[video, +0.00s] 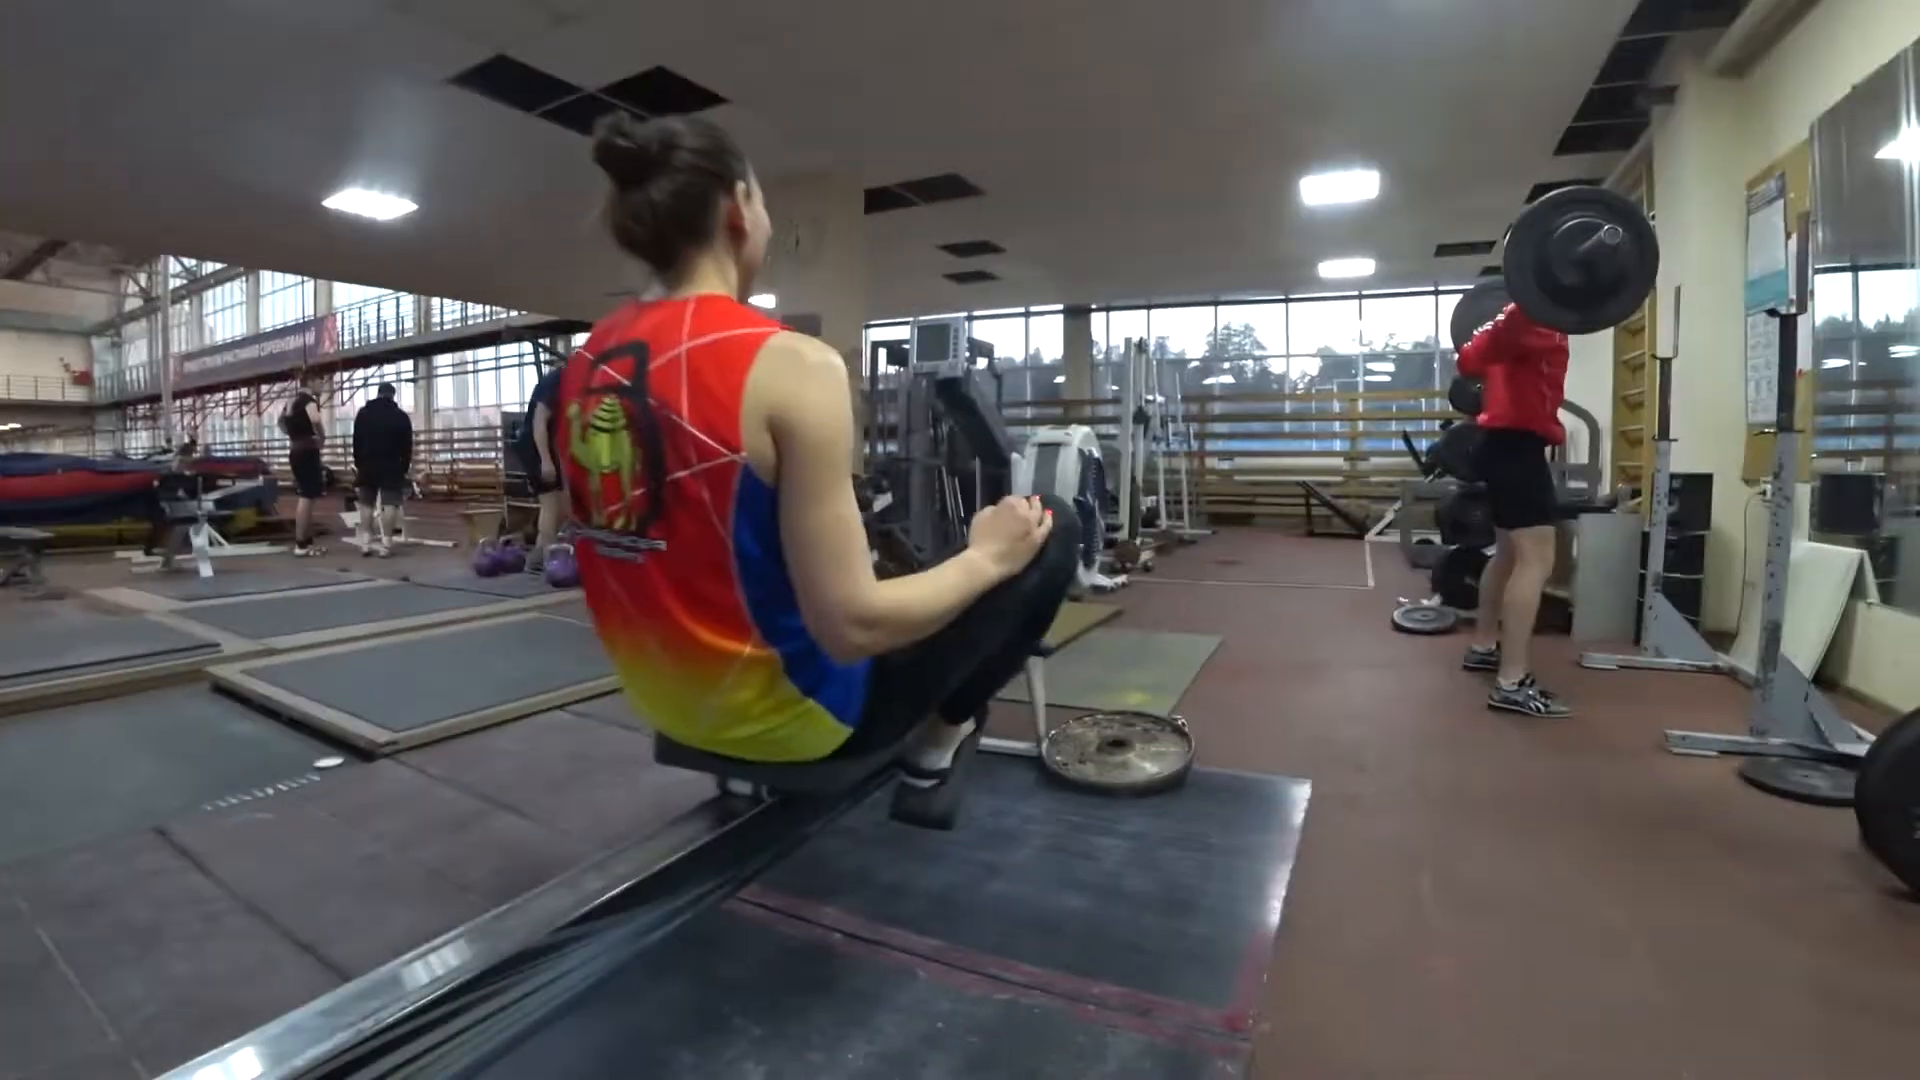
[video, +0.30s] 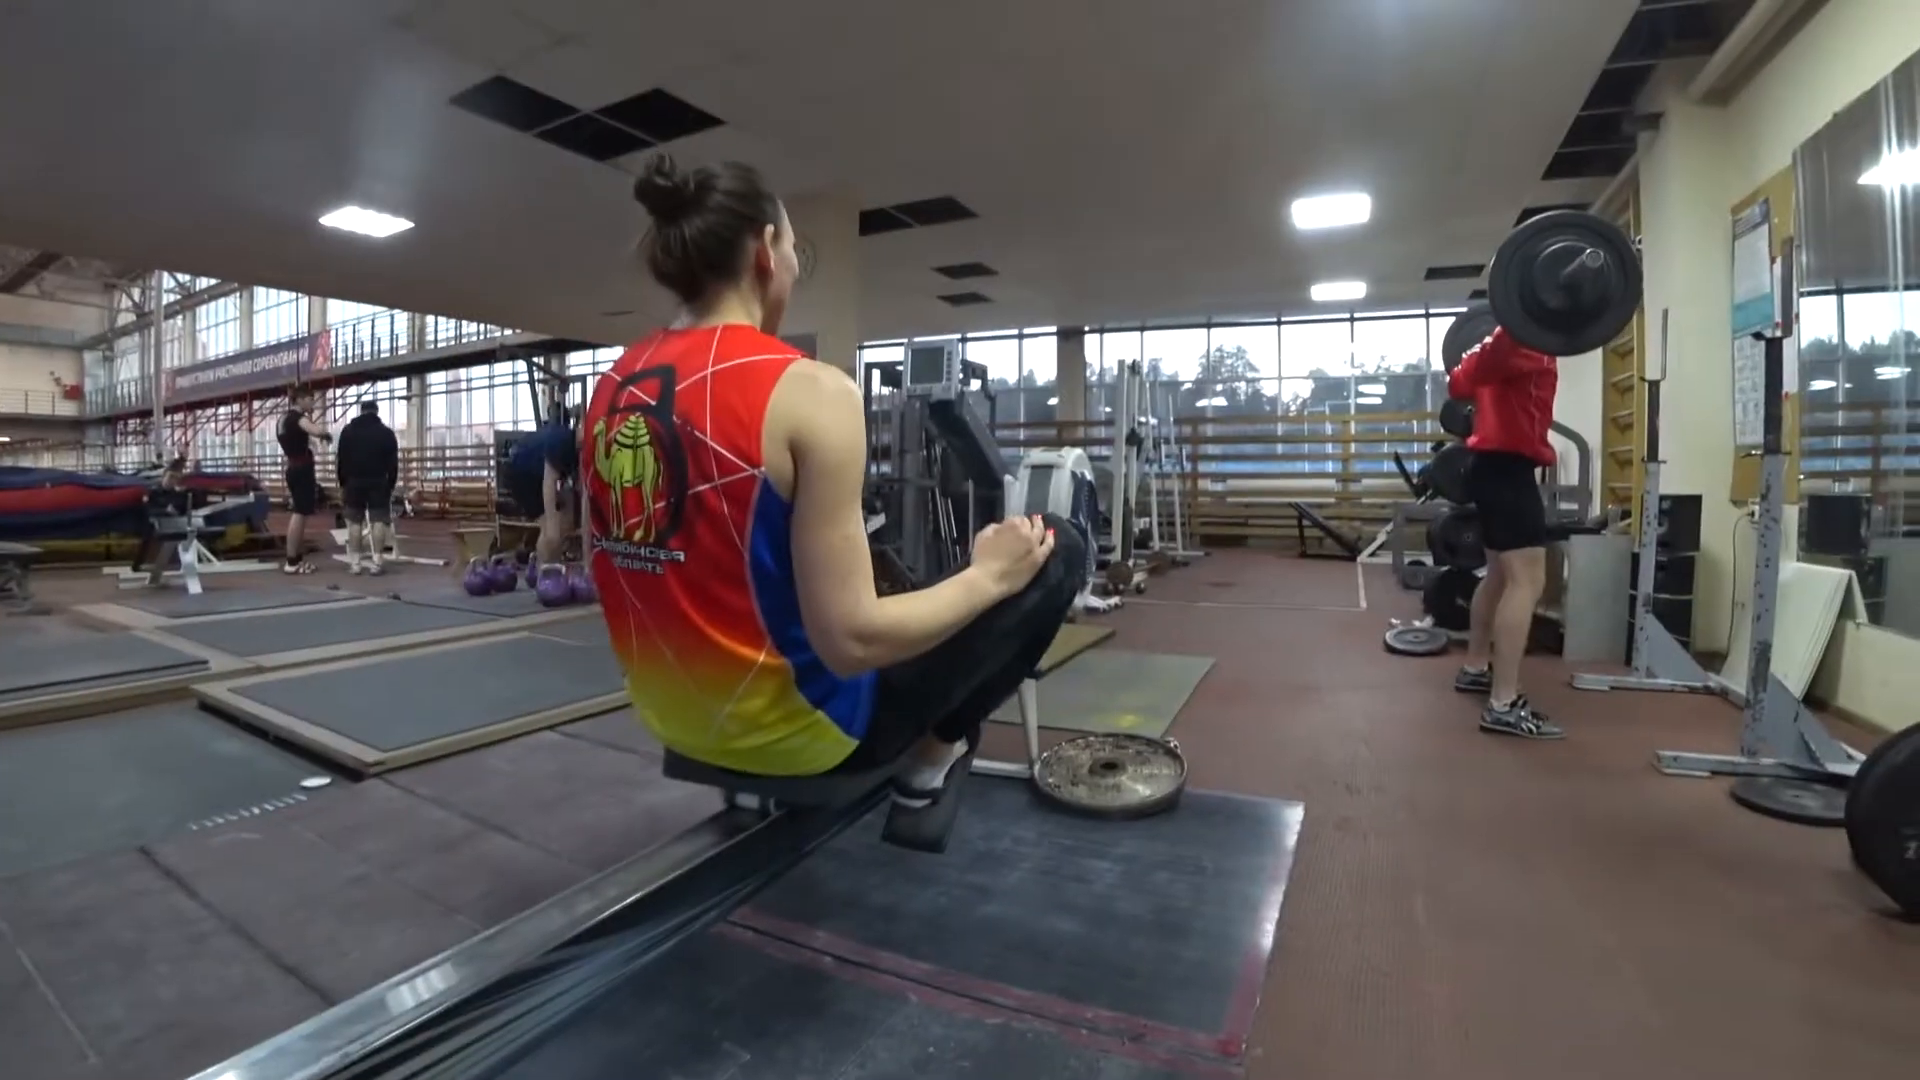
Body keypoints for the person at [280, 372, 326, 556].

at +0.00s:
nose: (321, 384)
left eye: (321, 380)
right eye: (319, 380)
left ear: (304, 383)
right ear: (311, 382)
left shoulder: (293, 402)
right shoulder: (309, 401)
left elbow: (283, 422)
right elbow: (315, 419)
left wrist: (295, 435)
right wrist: (323, 435)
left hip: (296, 449)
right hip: (308, 449)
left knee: (306, 496)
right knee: (306, 497)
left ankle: (304, 541)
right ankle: (302, 544)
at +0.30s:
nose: (312, 402)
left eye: (312, 398)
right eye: (309, 398)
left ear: (297, 400)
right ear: (299, 399)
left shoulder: (286, 420)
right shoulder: (297, 418)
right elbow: (315, 430)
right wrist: (326, 434)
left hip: (294, 469)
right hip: (303, 469)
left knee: (299, 513)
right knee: (300, 514)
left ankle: (293, 558)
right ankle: (293, 560)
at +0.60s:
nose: (308, 425)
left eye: (308, 422)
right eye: (305, 422)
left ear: (293, 422)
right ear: (295, 422)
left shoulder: (283, 442)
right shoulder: (292, 442)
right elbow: (310, 458)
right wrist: (315, 435)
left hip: (292, 492)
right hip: (298, 493)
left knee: (295, 537)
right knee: (295, 538)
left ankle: (288, 580)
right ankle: (286, 583)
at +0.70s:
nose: (307, 432)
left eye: (307, 428)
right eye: (305, 428)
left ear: (292, 429)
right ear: (296, 429)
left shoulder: (284, 448)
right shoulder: (293, 448)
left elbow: (280, 472)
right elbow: (296, 468)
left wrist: (307, 478)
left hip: (291, 499)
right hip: (296, 500)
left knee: (294, 544)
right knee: (294, 545)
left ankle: (286, 587)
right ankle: (284, 589)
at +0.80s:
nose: (310, 429)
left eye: (310, 425)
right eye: (308, 425)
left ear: (296, 426)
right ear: (298, 425)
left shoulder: (287, 442)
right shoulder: (294, 443)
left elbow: (270, 466)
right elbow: (289, 463)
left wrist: (289, 476)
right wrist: (305, 473)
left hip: (291, 495)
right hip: (295, 496)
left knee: (292, 540)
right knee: (293, 540)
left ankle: (284, 583)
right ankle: (283, 584)